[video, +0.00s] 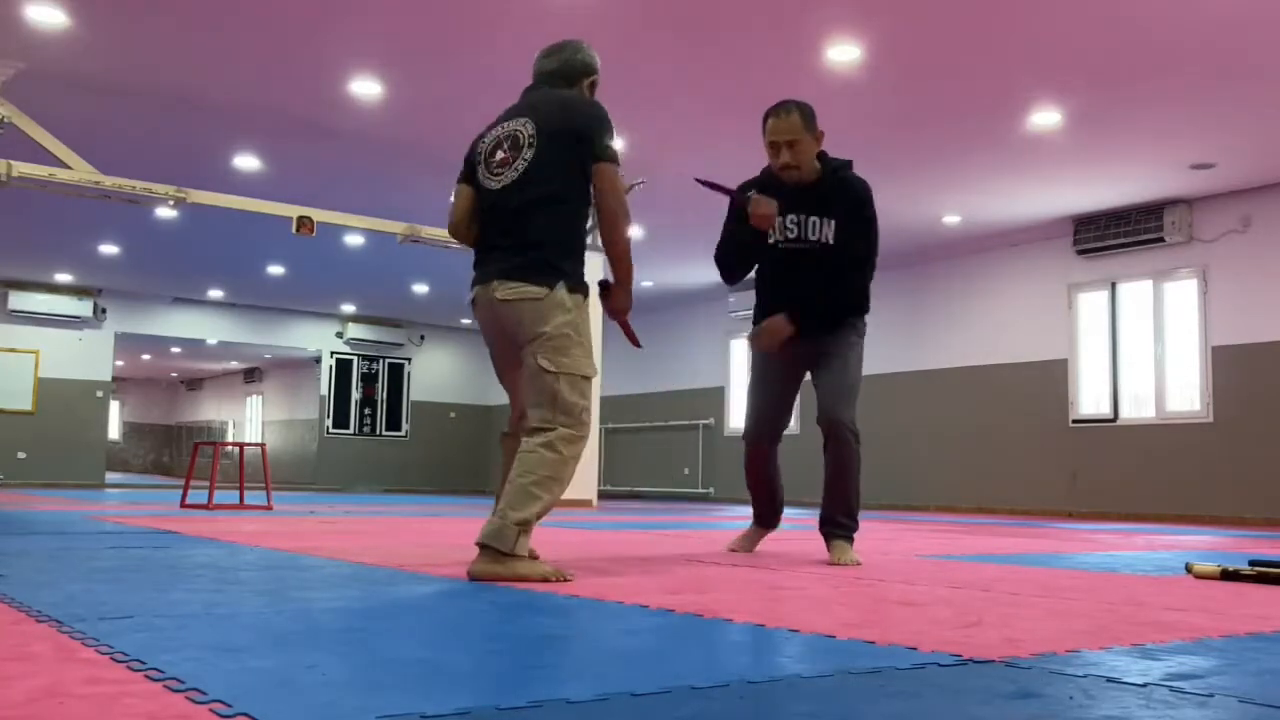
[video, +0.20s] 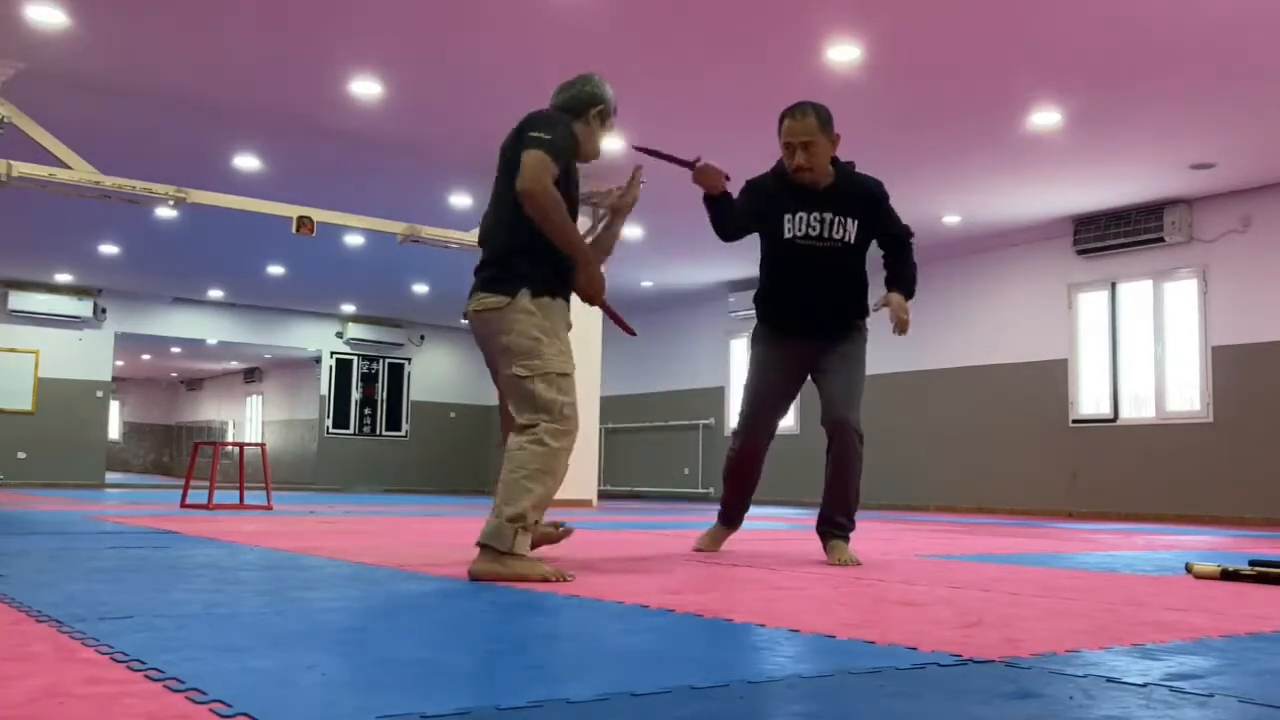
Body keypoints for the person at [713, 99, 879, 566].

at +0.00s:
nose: (783, 158)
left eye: (793, 146)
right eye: (773, 148)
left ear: (818, 141)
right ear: (764, 147)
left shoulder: (851, 193)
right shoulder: (753, 194)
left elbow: (856, 279)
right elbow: (730, 270)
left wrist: (792, 319)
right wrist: (753, 226)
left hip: (838, 327)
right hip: (777, 328)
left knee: (838, 422)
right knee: (758, 434)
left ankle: (839, 535)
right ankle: (765, 519)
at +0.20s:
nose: (797, 159)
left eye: (807, 147)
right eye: (789, 148)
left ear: (833, 143)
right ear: (780, 147)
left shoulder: (865, 194)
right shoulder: (767, 190)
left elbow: (898, 242)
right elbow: (729, 227)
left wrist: (899, 291)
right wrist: (716, 193)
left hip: (841, 334)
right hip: (779, 333)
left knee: (844, 425)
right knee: (752, 428)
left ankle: (836, 536)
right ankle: (728, 520)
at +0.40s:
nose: (780, 159)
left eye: (790, 147)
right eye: (773, 148)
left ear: (819, 143)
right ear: (766, 147)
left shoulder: (855, 192)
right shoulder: (758, 191)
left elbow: (890, 246)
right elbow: (728, 237)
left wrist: (874, 287)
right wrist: (717, 215)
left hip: (834, 333)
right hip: (773, 332)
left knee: (839, 424)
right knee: (745, 428)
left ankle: (834, 535)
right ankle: (729, 520)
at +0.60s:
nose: (769, 158)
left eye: (778, 146)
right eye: (762, 148)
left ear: (807, 142)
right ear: (756, 148)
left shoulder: (849, 191)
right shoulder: (749, 197)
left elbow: (887, 255)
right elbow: (719, 242)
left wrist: (837, 265)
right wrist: (703, 235)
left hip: (834, 333)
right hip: (773, 333)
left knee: (836, 424)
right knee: (743, 429)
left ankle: (833, 536)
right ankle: (730, 522)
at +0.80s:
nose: (749, 161)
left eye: (757, 149)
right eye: (743, 152)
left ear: (787, 141)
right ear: (740, 152)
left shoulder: (827, 180)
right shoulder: (747, 197)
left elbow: (825, 232)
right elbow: (727, 251)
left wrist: (759, 207)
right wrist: (707, 286)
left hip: (830, 329)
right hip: (772, 330)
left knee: (822, 423)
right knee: (725, 422)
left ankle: (834, 537)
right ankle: (725, 525)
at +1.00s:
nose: (704, 153)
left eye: (711, 142)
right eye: (699, 144)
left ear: (742, 136)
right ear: (699, 145)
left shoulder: (775, 174)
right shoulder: (721, 188)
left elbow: (750, 239)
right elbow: (737, 253)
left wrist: (690, 273)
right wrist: (724, 305)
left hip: (799, 318)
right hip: (749, 323)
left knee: (823, 419)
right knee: (721, 419)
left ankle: (864, 534)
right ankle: (709, 531)